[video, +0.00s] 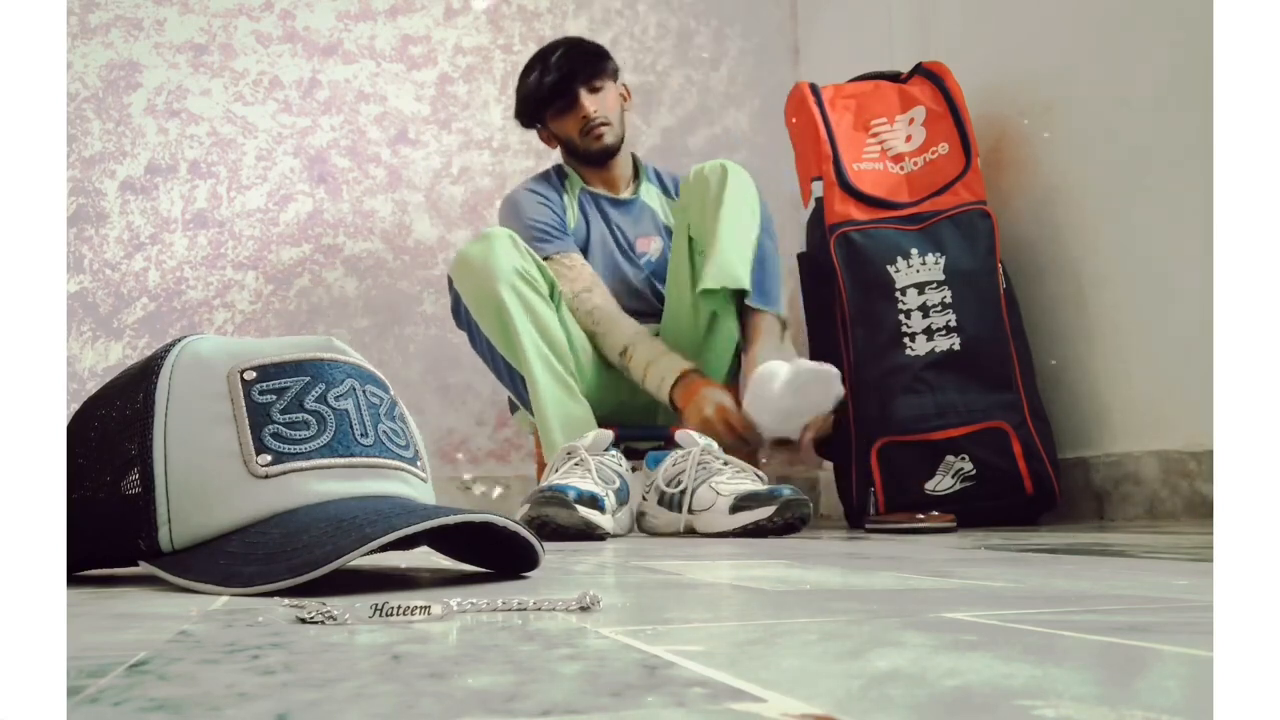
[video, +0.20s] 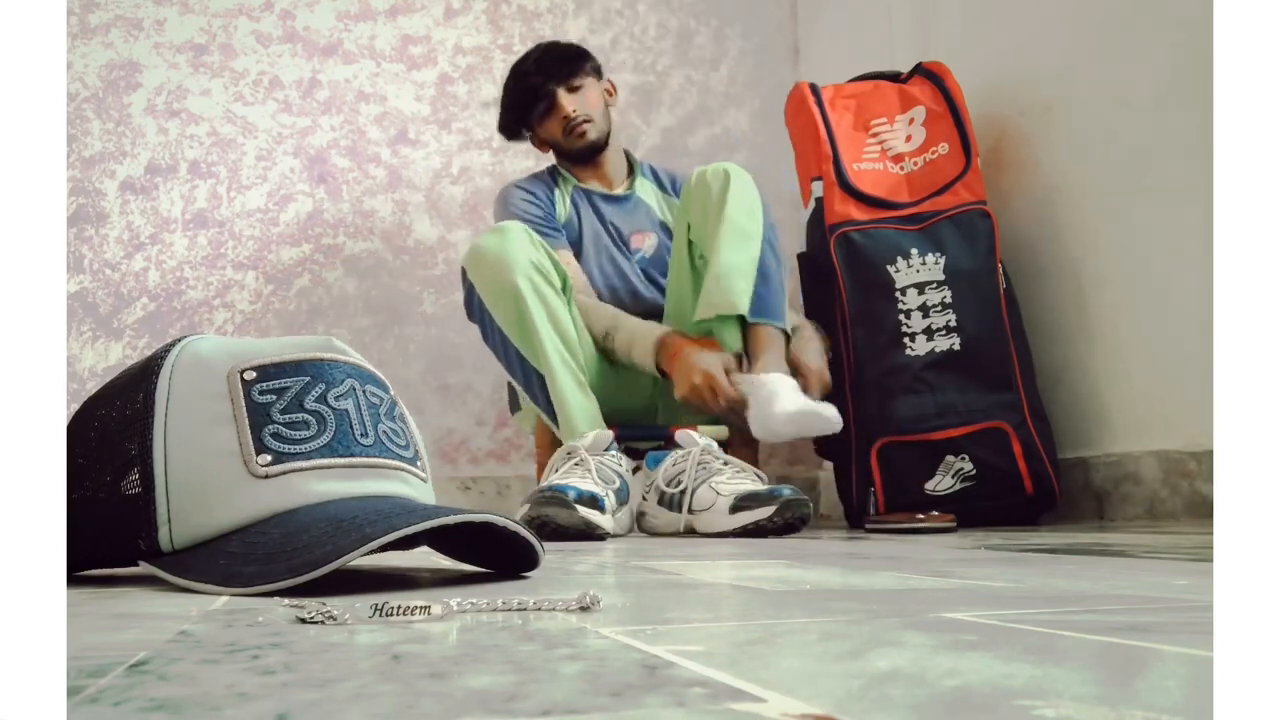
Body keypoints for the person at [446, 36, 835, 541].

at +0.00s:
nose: (588, 109)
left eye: (596, 88)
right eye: (564, 104)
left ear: (623, 96)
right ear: (547, 135)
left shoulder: (689, 193)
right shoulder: (533, 206)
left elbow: (763, 332)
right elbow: (601, 319)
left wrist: (760, 386)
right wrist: (683, 385)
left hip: (684, 378)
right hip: (592, 383)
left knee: (724, 178)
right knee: (482, 254)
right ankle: (582, 459)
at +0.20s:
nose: (567, 109)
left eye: (575, 88)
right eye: (544, 108)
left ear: (609, 92)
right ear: (536, 139)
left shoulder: (680, 191)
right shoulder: (529, 200)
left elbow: (748, 271)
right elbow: (578, 305)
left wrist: (802, 334)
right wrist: (669, 348)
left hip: (688, 380)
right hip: (595, 381)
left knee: (727, 178)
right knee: (494, 249)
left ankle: (765, 373)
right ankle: (591, 454)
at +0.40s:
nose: (579, 103)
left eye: (589, 80)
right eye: (556, 97)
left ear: (619, 84)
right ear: (541, 124)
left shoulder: (685, 190)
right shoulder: (529, 193)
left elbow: (736, 291)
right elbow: (574, 302)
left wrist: (801, 344)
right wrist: (673, 339)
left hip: (694, 383)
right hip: (597, 382)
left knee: (729, 181)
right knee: (488, 252)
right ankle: (587, 458)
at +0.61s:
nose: (605, 142)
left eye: (619, 123)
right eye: (586, 127)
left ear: (645, 105)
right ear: (558, 113)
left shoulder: (688, 193)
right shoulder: (532, 189)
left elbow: (753, 288)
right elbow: (574, 302)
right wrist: (670, 341)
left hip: (690, 384)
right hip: (596, 379)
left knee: (757, 198)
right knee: (491, 251)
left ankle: (789, 446)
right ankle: (589, 459)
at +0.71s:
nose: (618, 148)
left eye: (635, 132)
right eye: (600, 131)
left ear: (660, 113)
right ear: (576, 110)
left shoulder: (697, 193)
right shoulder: (537, 180)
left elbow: (741, 297)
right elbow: (558, 306)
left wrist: (824, 318)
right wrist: (643, 298)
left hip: (696, 373)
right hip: (598, 373)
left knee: (774, 210)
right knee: (486, 253)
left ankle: (805, 450)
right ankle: (585, 460)